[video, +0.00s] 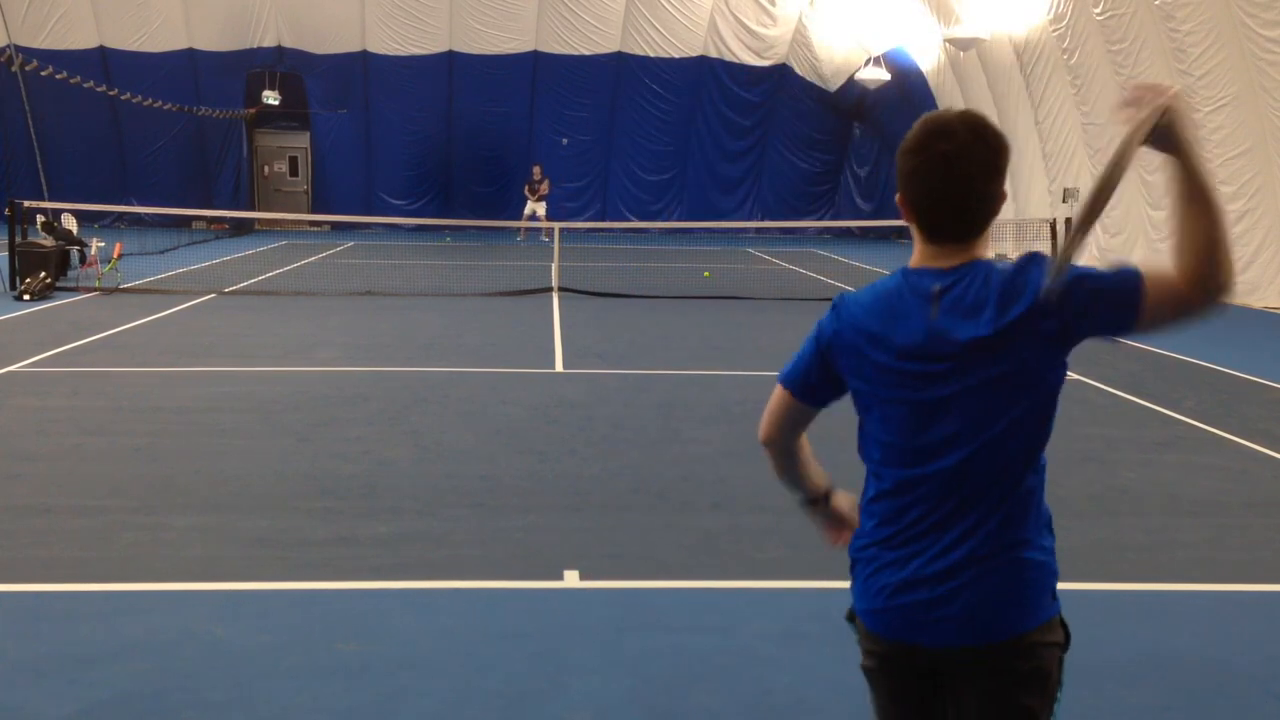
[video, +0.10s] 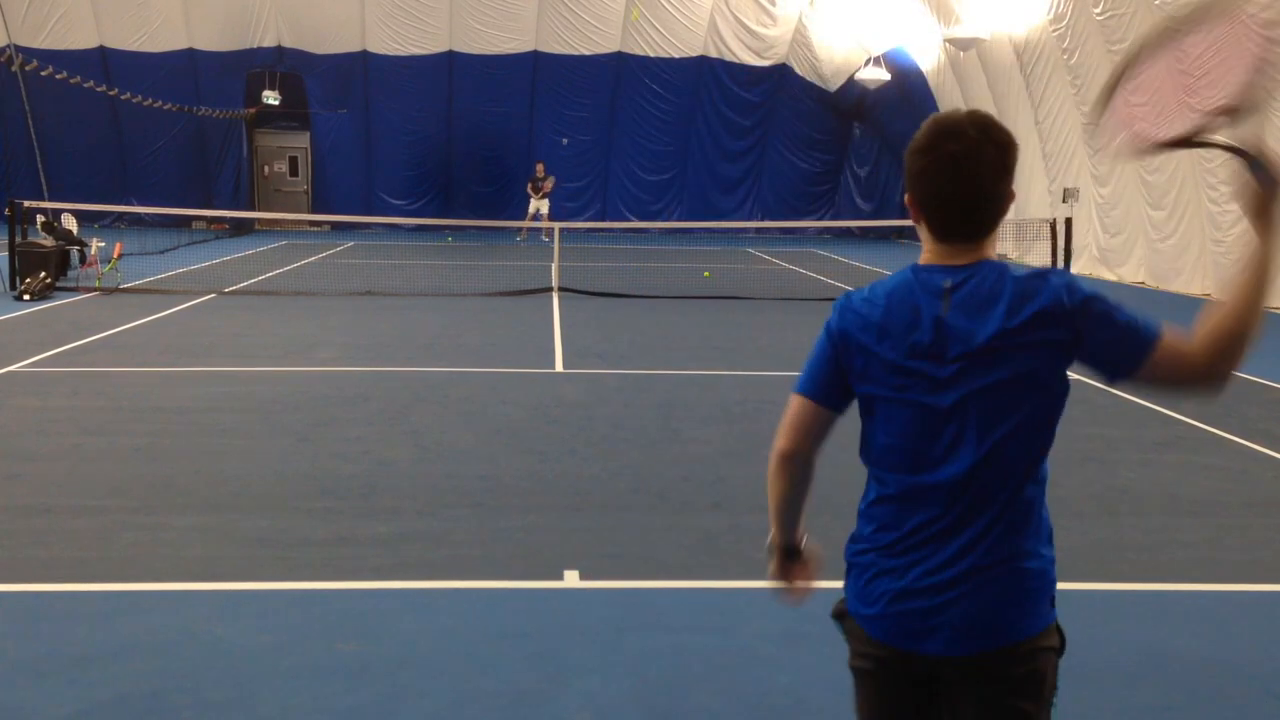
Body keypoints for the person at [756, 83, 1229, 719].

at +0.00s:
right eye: (998, 186)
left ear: (901, 205)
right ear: (998, 202)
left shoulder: (858, 316)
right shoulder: (1039, 295)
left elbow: (777, 432)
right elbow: (1202, 282)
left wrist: (823, 503)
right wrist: (1183, 152)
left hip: (893, 606)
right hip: (1010, 609)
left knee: (908, 709)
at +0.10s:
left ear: (911, 204)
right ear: (1008, 201)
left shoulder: (861, 315)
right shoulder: (1051, 303)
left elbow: (790, 451)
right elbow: (1205, 362)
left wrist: (785, 539)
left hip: (886, 611)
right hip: (1006, 617)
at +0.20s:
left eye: (909, 191)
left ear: (911, 206)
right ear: (1003, 206)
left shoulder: (864, 315)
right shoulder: (1051, 314)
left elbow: (816, 457)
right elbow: (1163, 427)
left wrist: (773, 583)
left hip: (879, 606)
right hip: (1001, 613)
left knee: (877, 706)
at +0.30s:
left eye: (903, 190)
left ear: (901, 203)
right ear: (992, 203)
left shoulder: (859, 312)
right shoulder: (1045, 314)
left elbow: (821, 448)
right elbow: (1102, 451)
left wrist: (775, 581)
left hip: (871, 595)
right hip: (992, 603)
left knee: (853, 705)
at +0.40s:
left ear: (883, 209)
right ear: (974, 208)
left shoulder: (845, 316)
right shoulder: (1032, 325)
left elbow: (812, 447)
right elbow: (1058, 467)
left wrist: (767, 582)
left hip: (859, 591)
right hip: (979, 600)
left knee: (836, 707)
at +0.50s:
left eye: (856, 196)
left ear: (862, 209)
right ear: (950, 208)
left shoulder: (829, 316)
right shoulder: (1003, 327)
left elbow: (798, 448)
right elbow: (1010, 482)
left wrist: (748, 578)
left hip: (844, 586)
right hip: (956, 593)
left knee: (831, 704)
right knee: (949, 710)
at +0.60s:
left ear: (835, 206)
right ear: (921, 206)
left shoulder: (804, 311)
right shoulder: (968, 318)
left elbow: (776, 444)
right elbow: (971, 456)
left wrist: (732, 550)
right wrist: (917, 510)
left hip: (821, 564)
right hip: (927, 569)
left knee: (819, 704)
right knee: (927, 709)